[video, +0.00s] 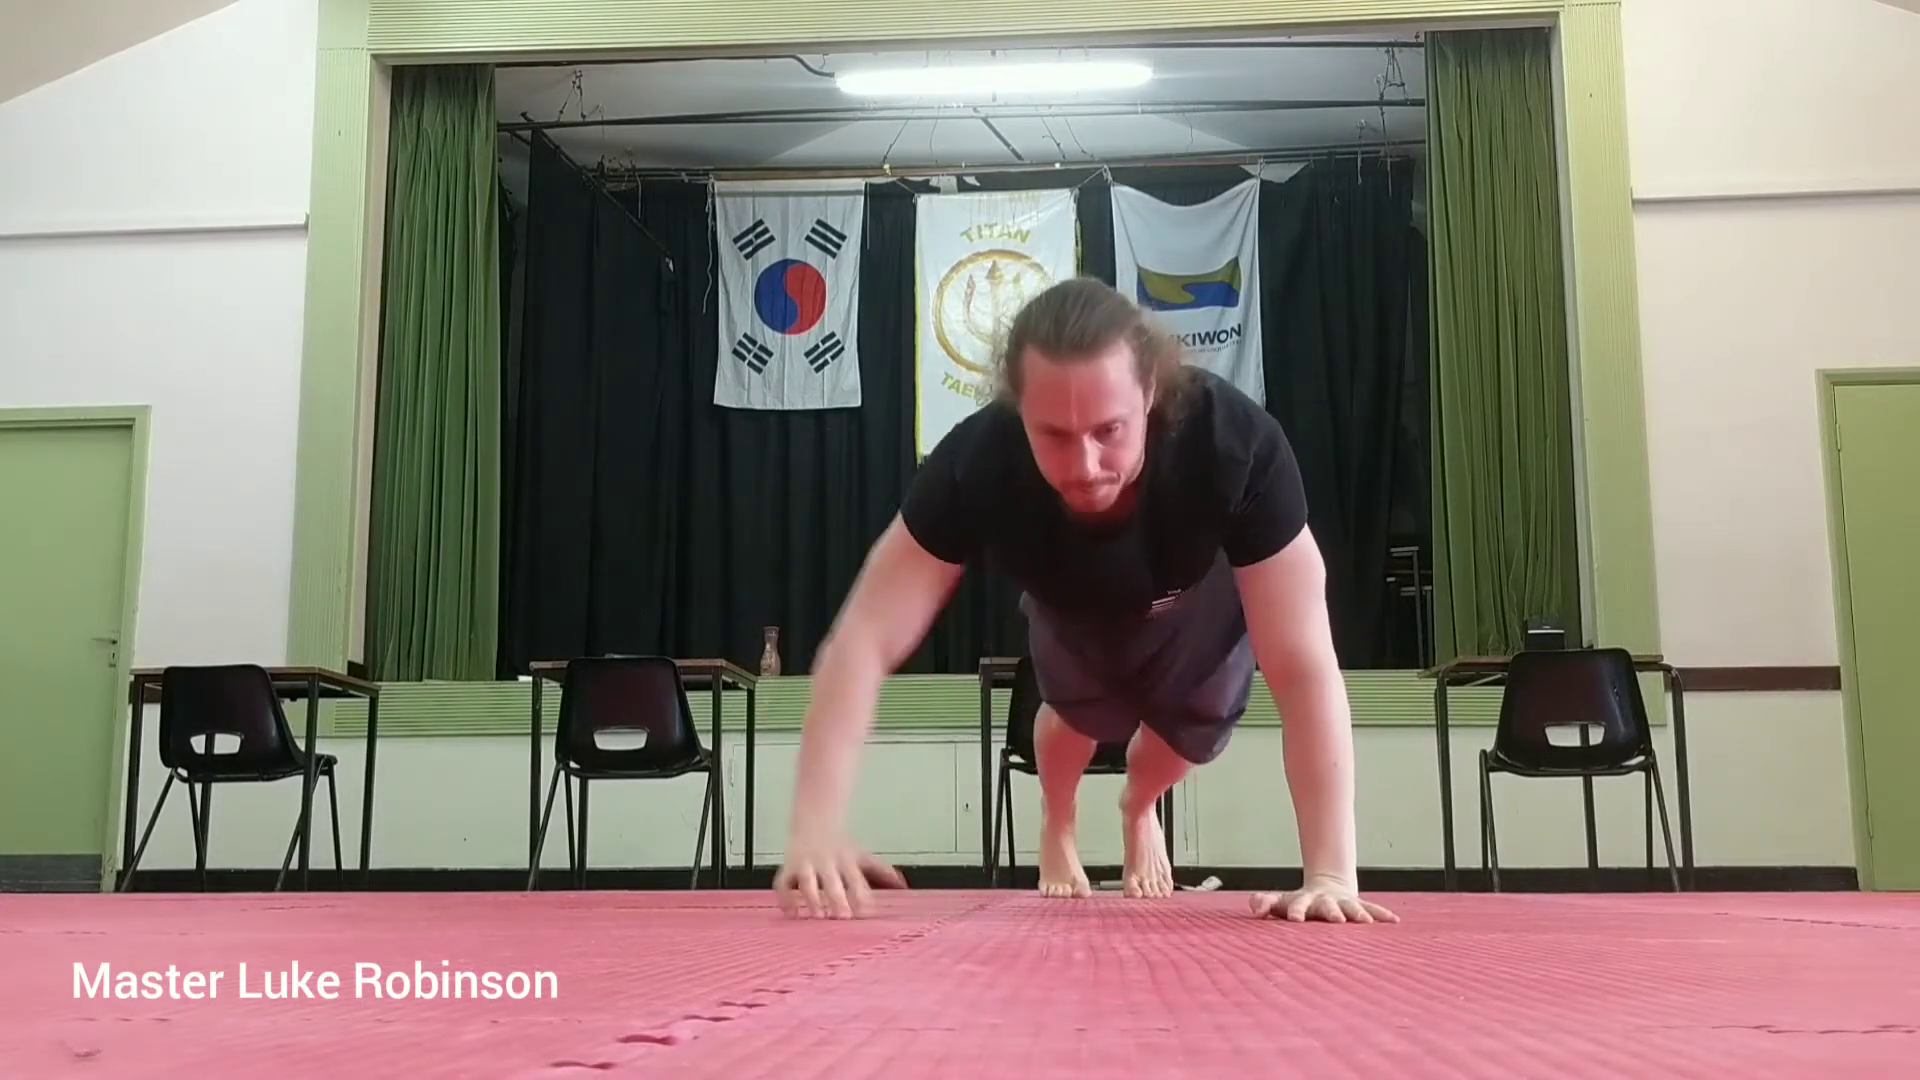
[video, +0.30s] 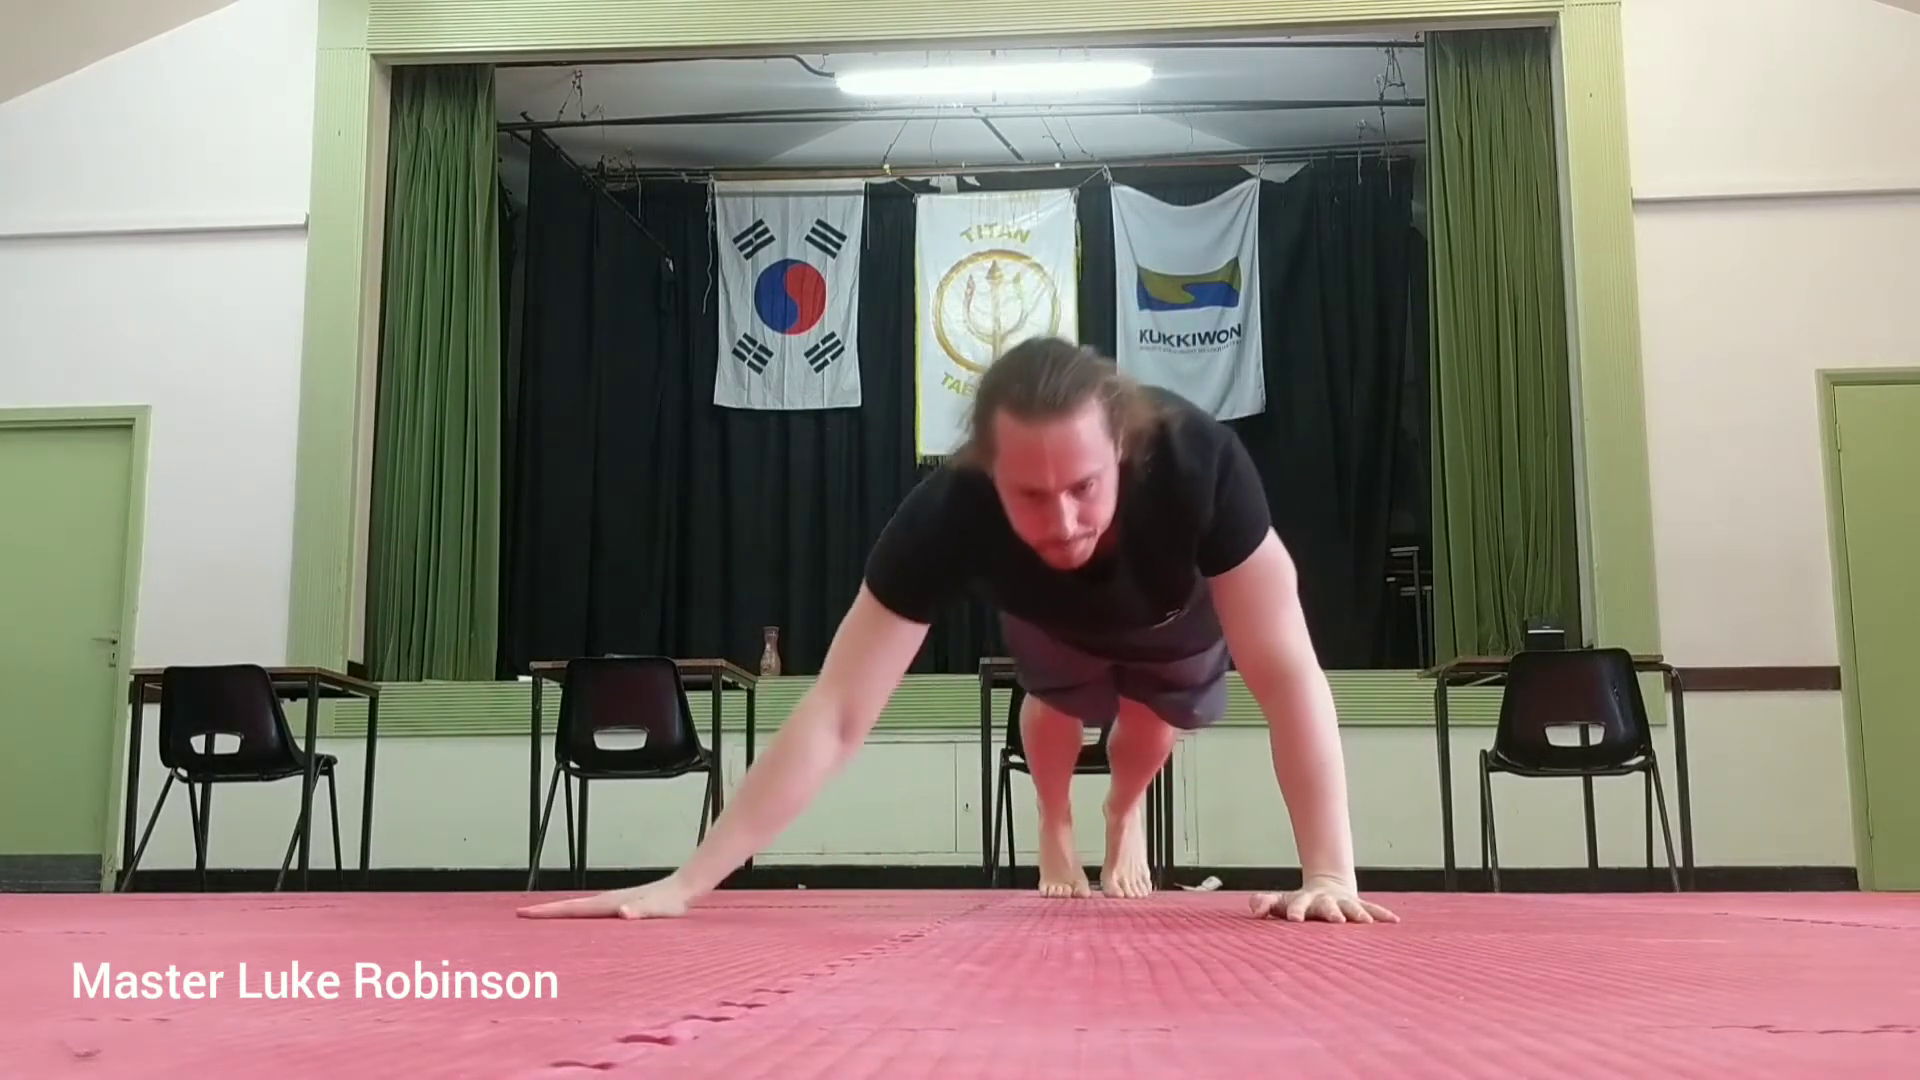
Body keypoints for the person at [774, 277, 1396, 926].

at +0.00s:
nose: (1084, 463)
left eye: (1108, 431)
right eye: (1055, 435)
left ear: (1150, 397)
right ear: (1020, 408)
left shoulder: (1236, 450)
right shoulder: (979, 465)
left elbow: (1305, 670)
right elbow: (861, 641)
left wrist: (1330, 875)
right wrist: (814, 837)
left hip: (1202, 610)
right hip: (1071, 615)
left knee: (1180, 742)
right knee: (1073, 725)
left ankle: (1139, 809)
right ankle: (1059, 828)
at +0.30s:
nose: (1062, 521)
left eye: (1082, 489)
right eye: (1033, 497)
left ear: (1121, 448)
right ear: (989, 469)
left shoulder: (1199, 468)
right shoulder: (944, 518)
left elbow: (1291, 678)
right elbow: (832, 719)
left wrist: (1331, 873)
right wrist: (686, 886)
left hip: (1170, 633)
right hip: (1054, 637)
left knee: (1150, 729)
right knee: (1056, 727)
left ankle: (1124, 827)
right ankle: (1058, 843)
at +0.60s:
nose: (1002, 508)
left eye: (1021, 476)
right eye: (973, 485)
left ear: (1060, 433)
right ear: (928, 458)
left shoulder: (1136, 479)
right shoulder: (880, 506)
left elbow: (1278, 655)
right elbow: (805, 707)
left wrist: (1372, 845)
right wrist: (688, 880)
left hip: (1081, 641)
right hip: (963, 661)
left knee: (1099, 747)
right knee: (1012, 751)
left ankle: (1120, 840)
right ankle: (1049, 838)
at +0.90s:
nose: (1083, 554)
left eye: (1104, 531)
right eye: (1054, 534)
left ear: (1145, 489)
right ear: (1010, 503)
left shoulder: (1216, 524)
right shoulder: (948, 543)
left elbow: (1345, 708)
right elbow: (830, 731)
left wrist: (1471, 880)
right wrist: (687, 887)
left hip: (1130, 666)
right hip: (1006, 688)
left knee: (1119, 748)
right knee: (1025, 760)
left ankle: (1121, 843)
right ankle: (1045, 841)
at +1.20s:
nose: (1095, 536)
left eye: (1119, 513)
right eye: (1068, 516)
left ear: (1160, 474)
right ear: (1020, 481)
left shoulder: (1222, 516)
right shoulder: (950, 524)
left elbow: (1344, 707)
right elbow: (822, 717)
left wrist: (1476, 882)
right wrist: (670, 881)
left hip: (1145, 671)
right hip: (1024, 676)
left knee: (1132, 757)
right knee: (1046, 761)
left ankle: (1130, 843)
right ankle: (1051, 851)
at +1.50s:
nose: (1056, 539)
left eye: (1079, 512)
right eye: (1028, 515)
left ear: (1127, 471)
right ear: (986, 483)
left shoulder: (1203, 530)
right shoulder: (935, 532)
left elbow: (1337, 719)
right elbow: (821, 730)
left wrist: (1490, 888)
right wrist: (668, 890)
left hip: (1132, 682)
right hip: (1013, 698)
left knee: (1127, 763)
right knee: (1037, 777)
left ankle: (1125, 842)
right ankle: (1046, 848)